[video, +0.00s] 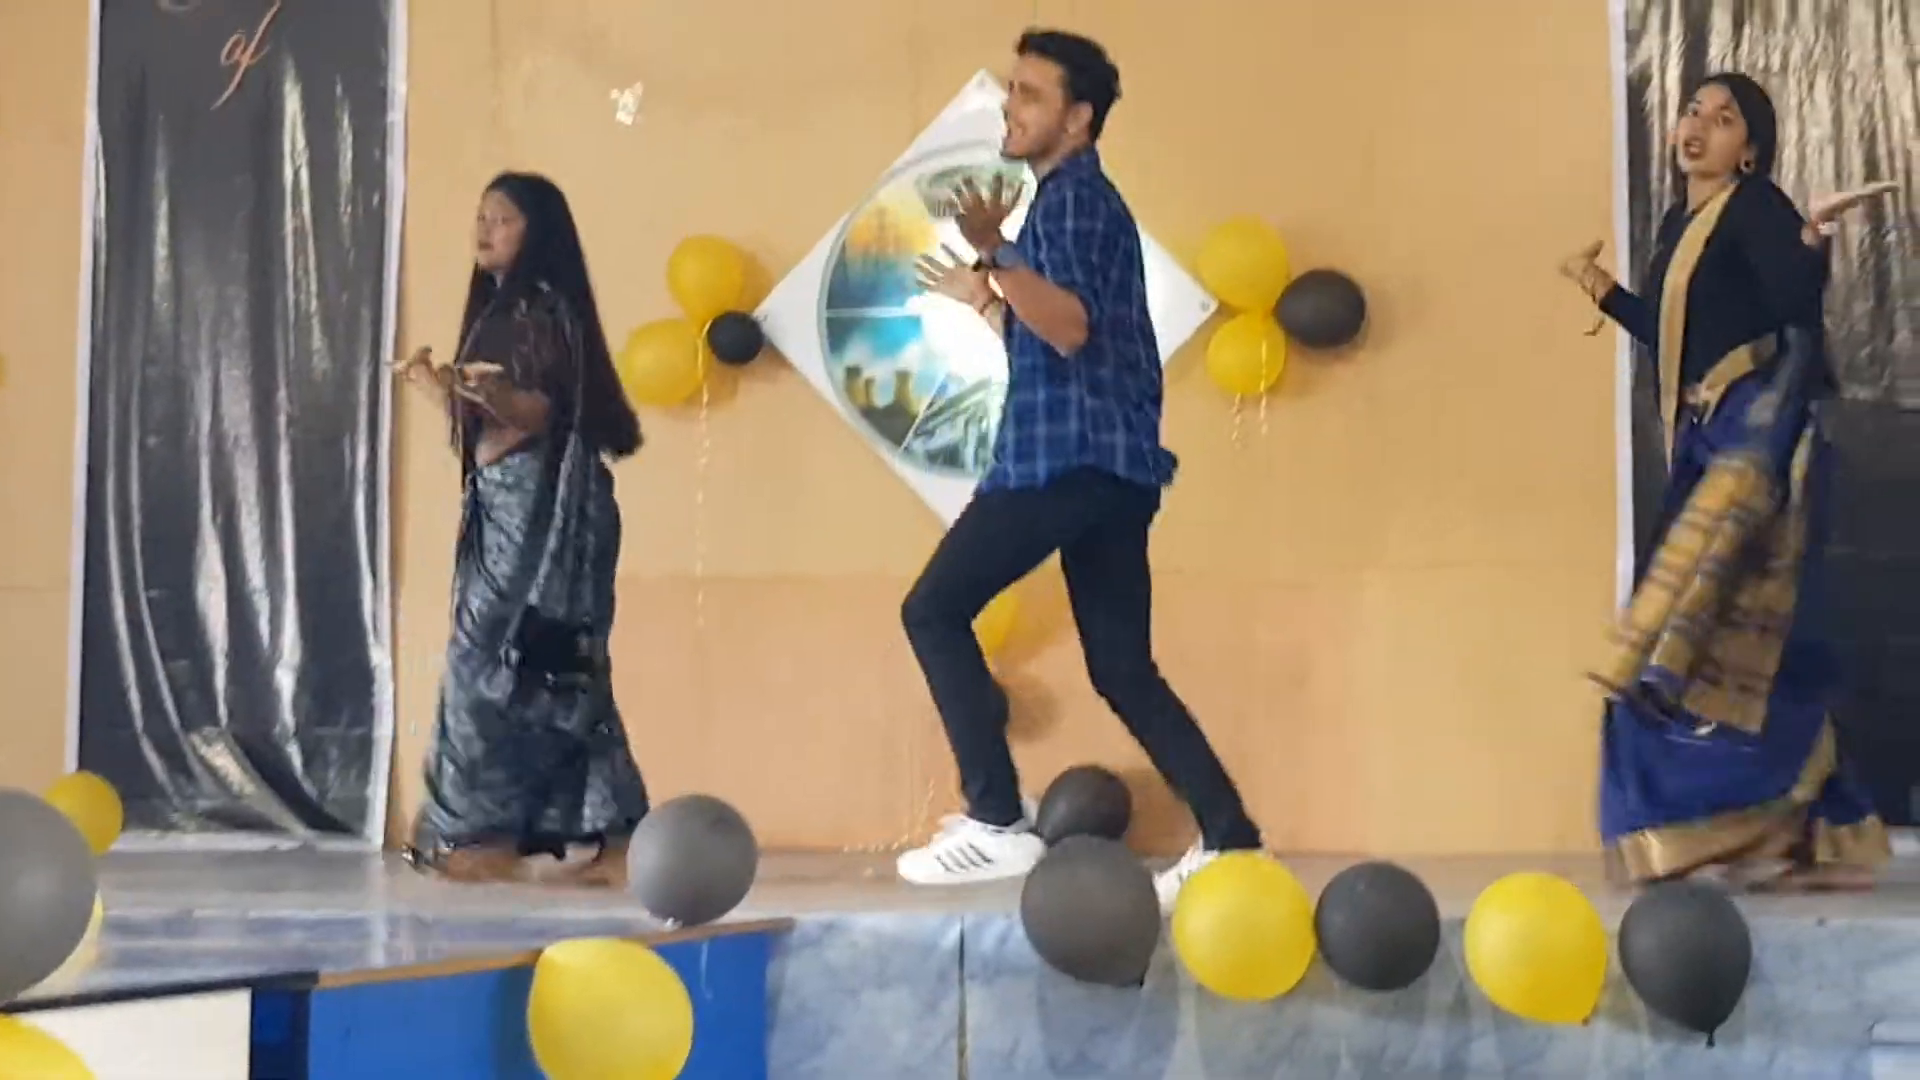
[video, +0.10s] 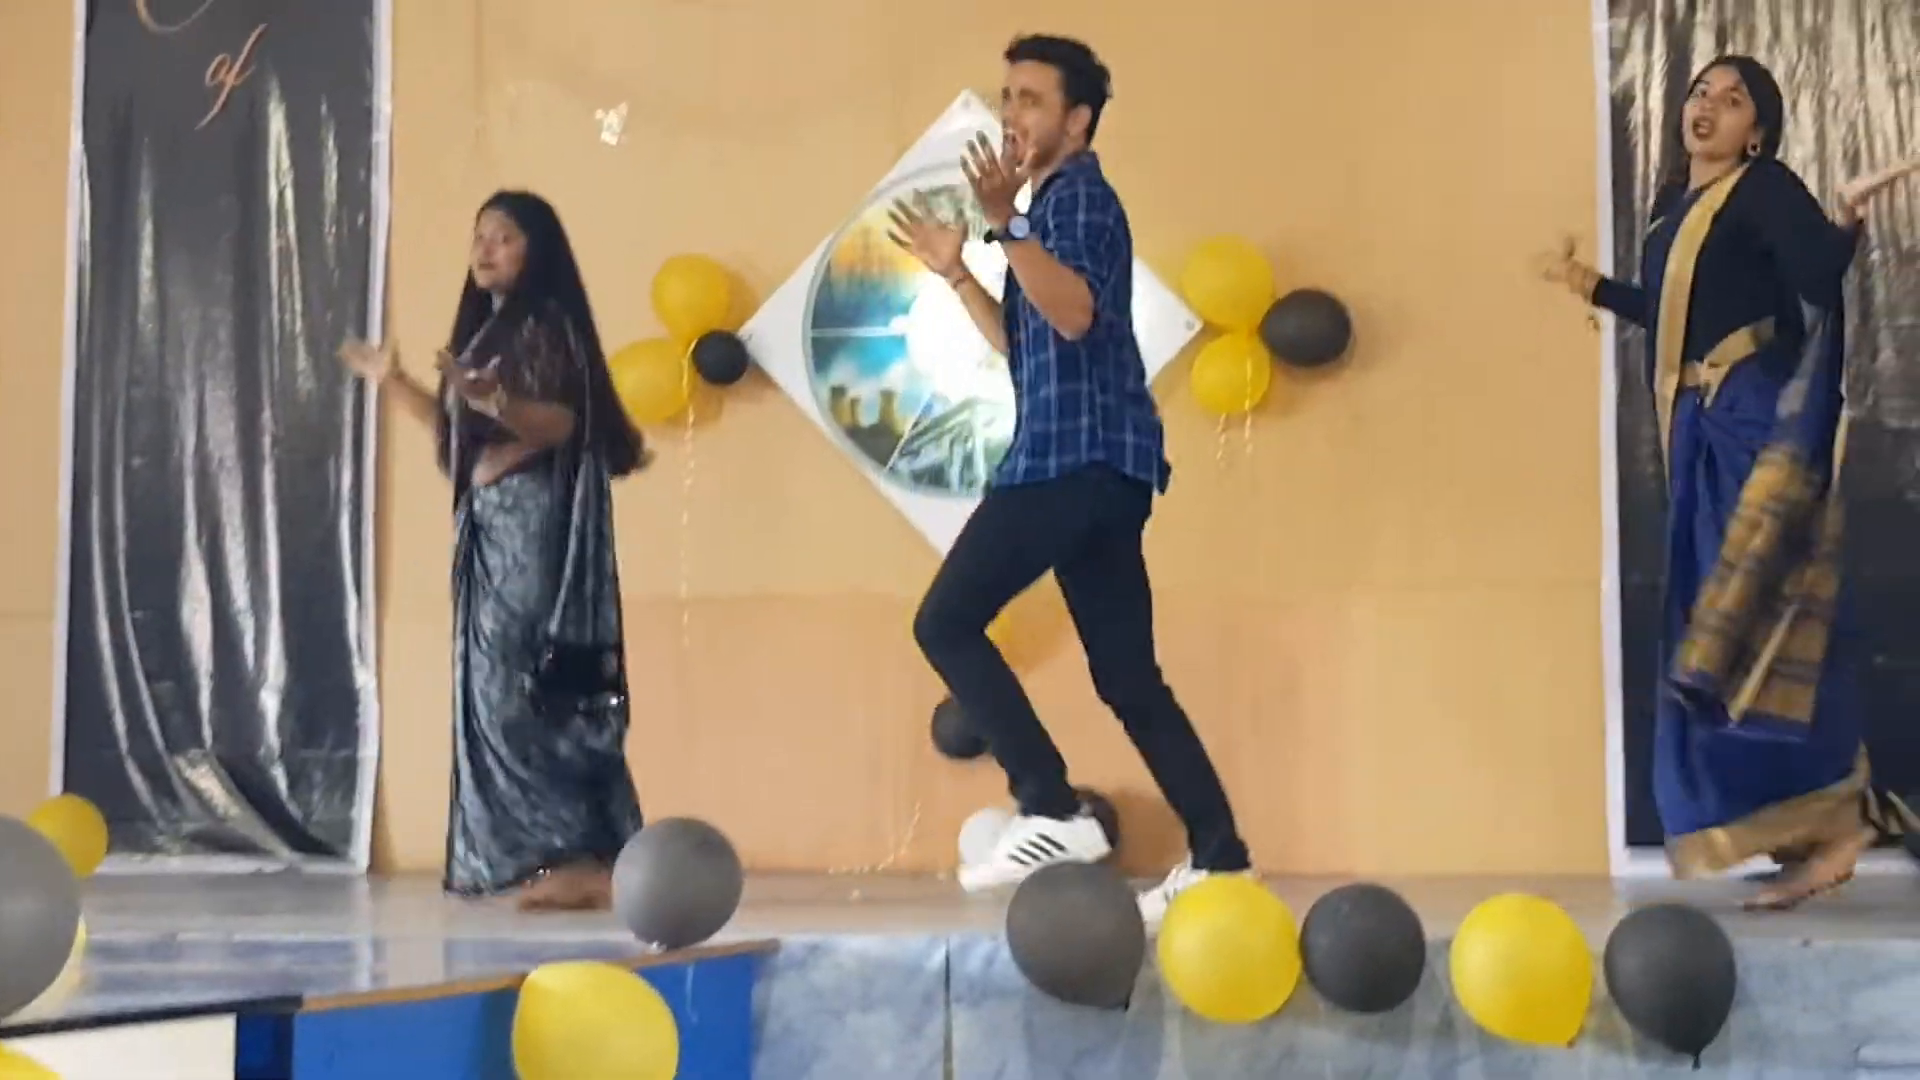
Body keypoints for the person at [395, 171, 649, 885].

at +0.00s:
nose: (483, 231)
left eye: (498, 221)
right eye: (481, 219)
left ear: (536, 232)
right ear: (484, 228)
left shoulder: (553, 310)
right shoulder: (494, 309)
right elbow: (495, 413)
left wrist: (493, 397)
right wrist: (452, 387)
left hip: (550, 504)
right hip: (506, 500)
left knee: (484, 656)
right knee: (562, 661)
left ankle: (487, 833)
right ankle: (605, 829)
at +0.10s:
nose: (485, 252)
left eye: (501, 239)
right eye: (479, 240)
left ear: (537, 249)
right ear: (474, 252)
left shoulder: (551, 323)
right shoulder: (484, 332)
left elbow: (569, 421)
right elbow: (459, 428)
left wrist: (501, 402)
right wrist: (393, 380)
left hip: (537, 522)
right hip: (489, 522)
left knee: (510, 690)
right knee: (492, 690)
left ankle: (581, 859)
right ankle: (560, 859)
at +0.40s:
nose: (409, 326)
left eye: (425, 315)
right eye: (398, 315)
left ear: (455, 327)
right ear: (382, 330)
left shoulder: (486, 411)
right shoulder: (368, 416)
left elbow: (527, 513)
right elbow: (320, 514)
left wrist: (491, 449)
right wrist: (265, 461)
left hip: (462, 604)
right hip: (386, 606)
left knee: (458, 765)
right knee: (375, 767)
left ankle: (488, 947)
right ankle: (415, 942)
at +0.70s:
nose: (303, 367)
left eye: (318, 352)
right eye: (289, 355)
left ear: (348, 358)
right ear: (274, 367)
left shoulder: (395, 448)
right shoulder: (255, 443)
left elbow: (412, 542)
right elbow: (230, 524)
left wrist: (420, 553)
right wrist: (243, 558)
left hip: (351, 632)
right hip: (272, 632)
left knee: (331, 791)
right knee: (262, 789)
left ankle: (332, 967)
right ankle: (271, 965)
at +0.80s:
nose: (274, 364)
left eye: (286, 348)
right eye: (261, 352)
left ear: (317, 351)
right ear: (247, 362)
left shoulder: (368, 440)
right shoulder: (231, 438)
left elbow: (396, 544)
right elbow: (195, 545)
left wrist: (443, 512)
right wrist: (233, 508)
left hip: (330, 633)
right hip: (247, 630)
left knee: (318, 790)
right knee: (234, 785)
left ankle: (314, 964)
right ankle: (218, 959)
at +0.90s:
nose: (232, 346)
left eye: (245, 330)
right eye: (218, 334)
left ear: (278, 331)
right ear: (206, 341)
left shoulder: (328, 408)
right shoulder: (196, 417)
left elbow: (386, 501)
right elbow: (157, 514)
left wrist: (439, 462)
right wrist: (211, 449)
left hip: (299, 614)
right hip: (213, 613)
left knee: (300, 773)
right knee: (178, 762)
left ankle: (328, 955)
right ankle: (151, 930)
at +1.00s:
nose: (193, 351)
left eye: (206, 335)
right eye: (179, 339)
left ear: (236, 337)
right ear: (165, 347)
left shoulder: (280, 404)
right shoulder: (159, 418)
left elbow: (368, 478)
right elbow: (134, 505)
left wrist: (421, 439)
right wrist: (203, 450)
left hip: (272, 611)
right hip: (185, 613)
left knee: (287, 767)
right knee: (149, 764)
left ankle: (322, 941)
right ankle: (99, 929)